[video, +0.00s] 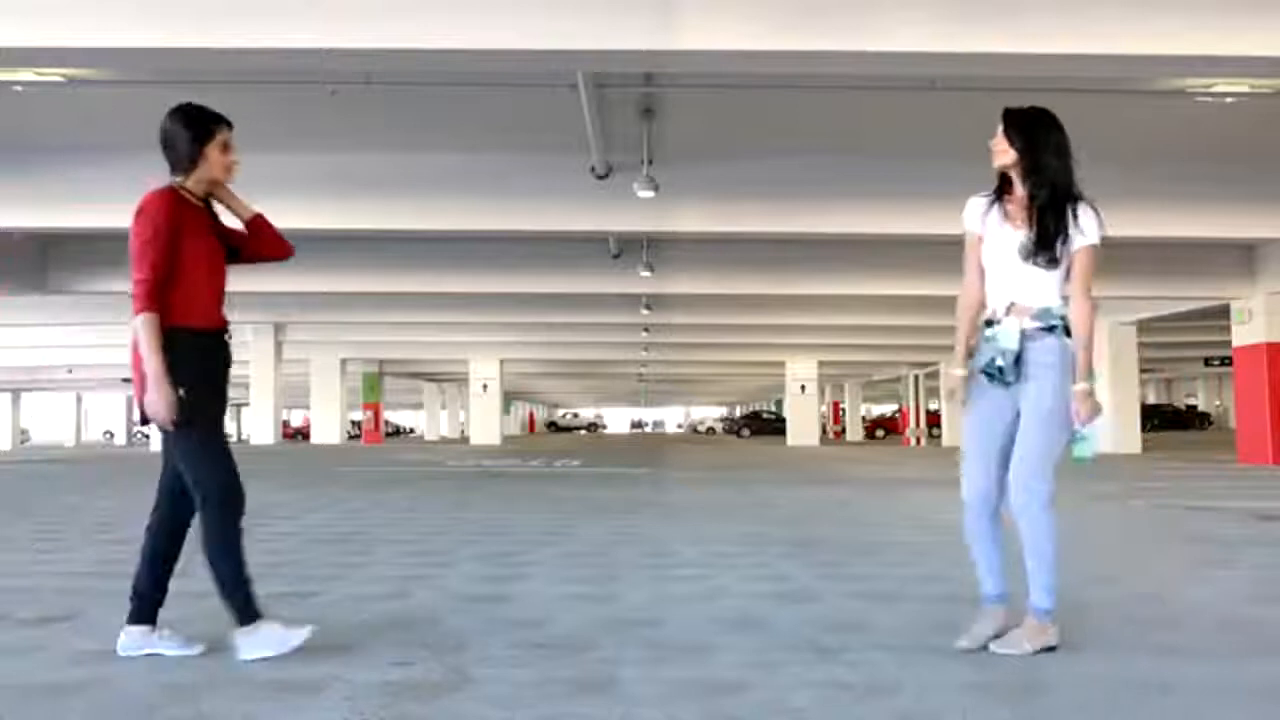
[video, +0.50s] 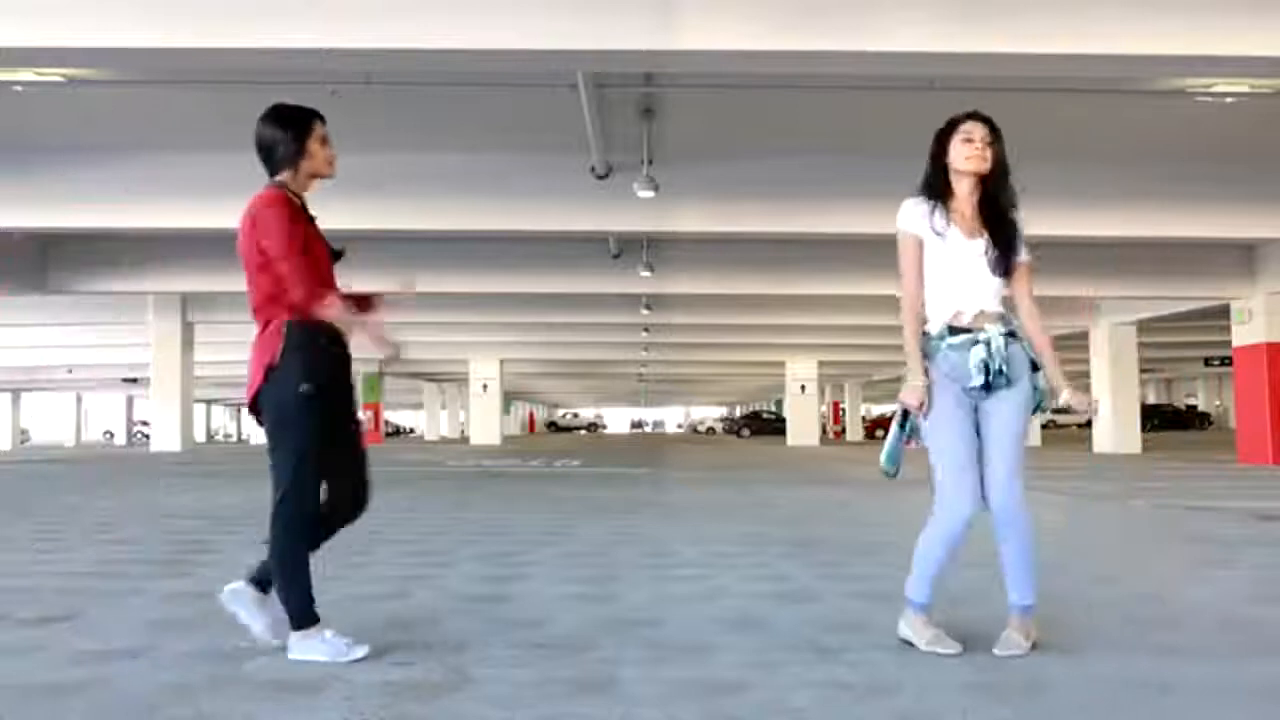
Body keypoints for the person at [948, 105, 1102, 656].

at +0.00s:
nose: (994, 144)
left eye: (1004, 137)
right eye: (996, 136)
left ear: (1030, 148)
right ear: (1009, 148)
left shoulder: (1076, 216)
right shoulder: (982, 209)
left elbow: (1080, 299)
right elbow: (972, 289)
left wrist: (1083, 380)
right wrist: (961, 354)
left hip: (1046, 350)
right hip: (992, 350)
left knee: (1029, 486)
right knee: (976, 487)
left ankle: (1041, 618)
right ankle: (995, 605)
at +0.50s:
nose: (976, 148)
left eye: (985, 142)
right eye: (965, 140)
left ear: (996, 158)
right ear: (944, 152)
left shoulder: (1006, 225)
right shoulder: (919, 213)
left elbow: (1025, 306)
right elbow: (911, 298)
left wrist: (1059, 381)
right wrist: (914, 372)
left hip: (1007, 358)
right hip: (943, 359)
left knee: (1005, 493)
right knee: (960, 498)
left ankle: (1022, 618)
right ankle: (915, 612)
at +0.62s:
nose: (965, 147)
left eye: (973, 140)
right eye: (954, 139)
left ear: (983, 155)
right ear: (932, 151)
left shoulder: (987, 227)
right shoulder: (916, 209)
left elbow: (1010, 307)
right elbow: (911, 291)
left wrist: (1050, 380)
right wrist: (917, 369)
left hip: (994, 357)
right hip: (938, 359)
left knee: (1001, 487)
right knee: (956, 497)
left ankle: (1012, 615)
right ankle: (915, 614)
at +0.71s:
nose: (952, 141)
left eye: (959, 133)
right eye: (939, 135)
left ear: (972, 148)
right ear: (921, 151)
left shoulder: (982, 221)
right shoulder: (914, 206)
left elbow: (1000, 303)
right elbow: (913, 291)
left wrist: (1026, 362)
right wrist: (922, 367)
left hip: (985, 352)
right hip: (936, 352)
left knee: (1001, 489)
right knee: (943, 493)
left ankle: (995, 613)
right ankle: (914, 615)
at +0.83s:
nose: (938, 153)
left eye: (943, 143)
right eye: (924, 148)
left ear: (960, 154)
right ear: (911, 167)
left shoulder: (975, 225)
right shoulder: (914, 221)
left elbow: (972, 309)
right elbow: (919, 309)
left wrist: (996, 368)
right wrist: (933, 385)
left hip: (971, 361)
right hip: (926, 361)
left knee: (1005, 487)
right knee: (935, 496)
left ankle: (975, 614)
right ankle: (914, 616)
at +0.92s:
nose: (930, 159)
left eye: (936, 148)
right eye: (917, 156)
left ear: (955, 158)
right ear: (908, 174)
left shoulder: (969, 230)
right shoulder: (917, 225)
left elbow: (969, 316)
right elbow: (924, 313)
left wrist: (994, 376)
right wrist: (943, 392)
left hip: (967, 367)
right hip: (925, 366)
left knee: (1005, 487)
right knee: (933, 499)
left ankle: (973, 614)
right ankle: (914, 615)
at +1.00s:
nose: (926, 157)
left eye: (932, 145)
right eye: (913, 154)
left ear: (951, 152)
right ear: (905, 171)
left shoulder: (960, 222)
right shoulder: (919, 218)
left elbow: (964, 308)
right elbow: (926, 304)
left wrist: (989, 376)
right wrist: (949, 381)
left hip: (967, 358)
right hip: (929, 358)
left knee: (1000, 486)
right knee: (932, 497)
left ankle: (972, 614)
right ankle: (914, 616)